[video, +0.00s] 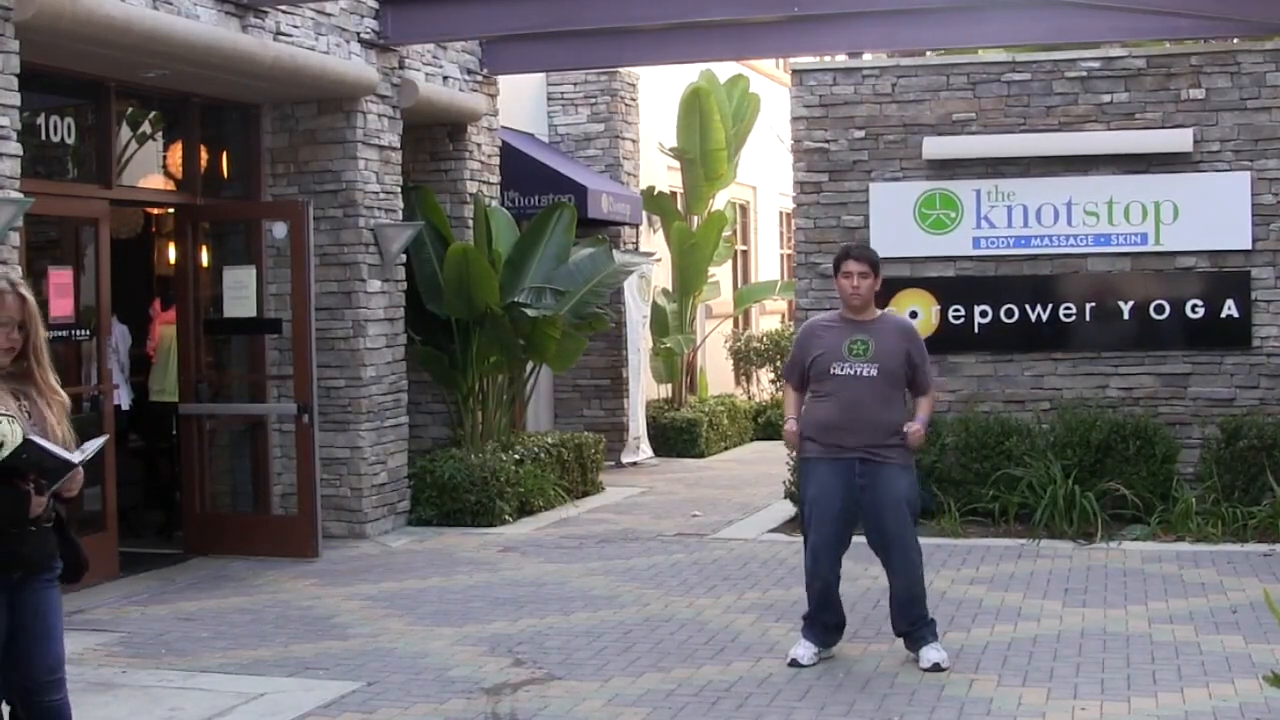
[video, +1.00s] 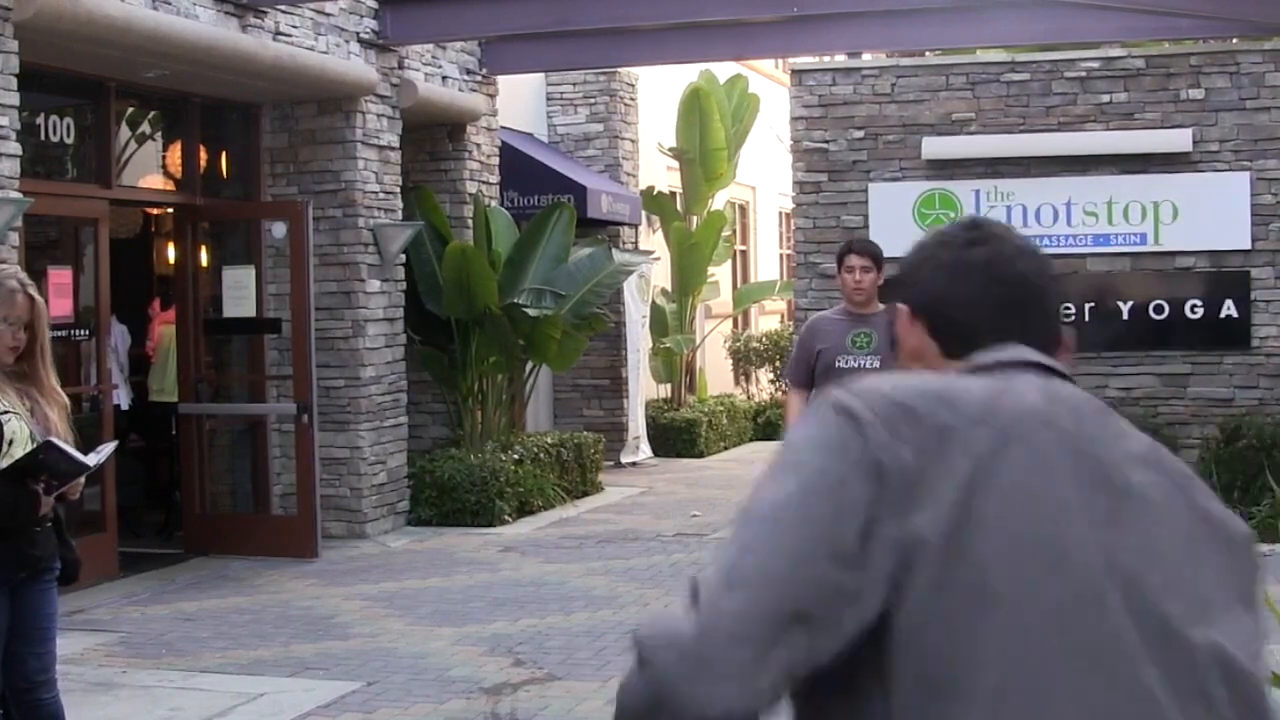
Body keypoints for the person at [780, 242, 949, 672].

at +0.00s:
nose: (854, 283)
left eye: (862, 276)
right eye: (846, 276)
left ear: (877, 282)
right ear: (835, 282)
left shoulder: (902, 331)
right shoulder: (812, 332)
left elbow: (925, 388)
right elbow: (794, 383)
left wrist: (919, 420)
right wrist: (791, 417)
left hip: (888, 457)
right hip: (824, 457)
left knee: (901, 545)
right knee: (820, 548)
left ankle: (921, 637)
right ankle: (817, 634)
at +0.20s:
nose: (850, 279)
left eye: (859, 271)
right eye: (843, 271)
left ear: (873, 277)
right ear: (832, 278)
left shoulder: (899, 326)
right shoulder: (810, 328)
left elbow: (925, 388)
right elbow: (785, 390)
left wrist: (908, 399)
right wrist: (798, 391)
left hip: (885, 460)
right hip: (822, 460)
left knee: (898, 545)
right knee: (820, 549)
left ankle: (922, 636)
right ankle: (818, 633)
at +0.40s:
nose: (851, 282)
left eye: (859, 275)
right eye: (843, 275)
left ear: (873, 280)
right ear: (832, 281)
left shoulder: (898, 327)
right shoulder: (812, 330)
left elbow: (929, 390)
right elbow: (786, 397)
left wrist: (908, 395)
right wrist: (805, 389)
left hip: (887, 464)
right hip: (823, 463)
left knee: (900, 550)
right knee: (818, 550)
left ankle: (923, 637)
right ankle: (818, 633)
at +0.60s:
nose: (854, 277)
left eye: (863, 269)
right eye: (846, 270)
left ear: (877, 275)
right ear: (835, 277)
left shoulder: (904, 324)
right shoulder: (813, 327)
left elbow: (929, 384)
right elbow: (792, 384)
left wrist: (921, 418)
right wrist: (796, 421)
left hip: (892, 458)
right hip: (827, 459)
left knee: (905, 550)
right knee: (824, 550)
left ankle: (923, 637)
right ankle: (818, 634)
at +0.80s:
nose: (856, 278)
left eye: (864, 270)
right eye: (848, 270)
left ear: (878, 275)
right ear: (837, 277)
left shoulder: (904, 326)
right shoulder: (815, 327)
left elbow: (927, 387)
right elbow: (794, 387)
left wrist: (923, 437)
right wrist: (794, 439)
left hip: (893, 461)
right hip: (831, 461)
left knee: (907, 552)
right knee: (826, 551)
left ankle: (922, 636)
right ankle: (817, 634)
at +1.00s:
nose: (857, 279)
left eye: (865, 270)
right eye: (849, 271)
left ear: (880, 277)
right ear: (839, 277)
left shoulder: (900, 324)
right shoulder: (817, 328)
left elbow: (915, 383)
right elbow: (797, 392)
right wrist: (797, 448)